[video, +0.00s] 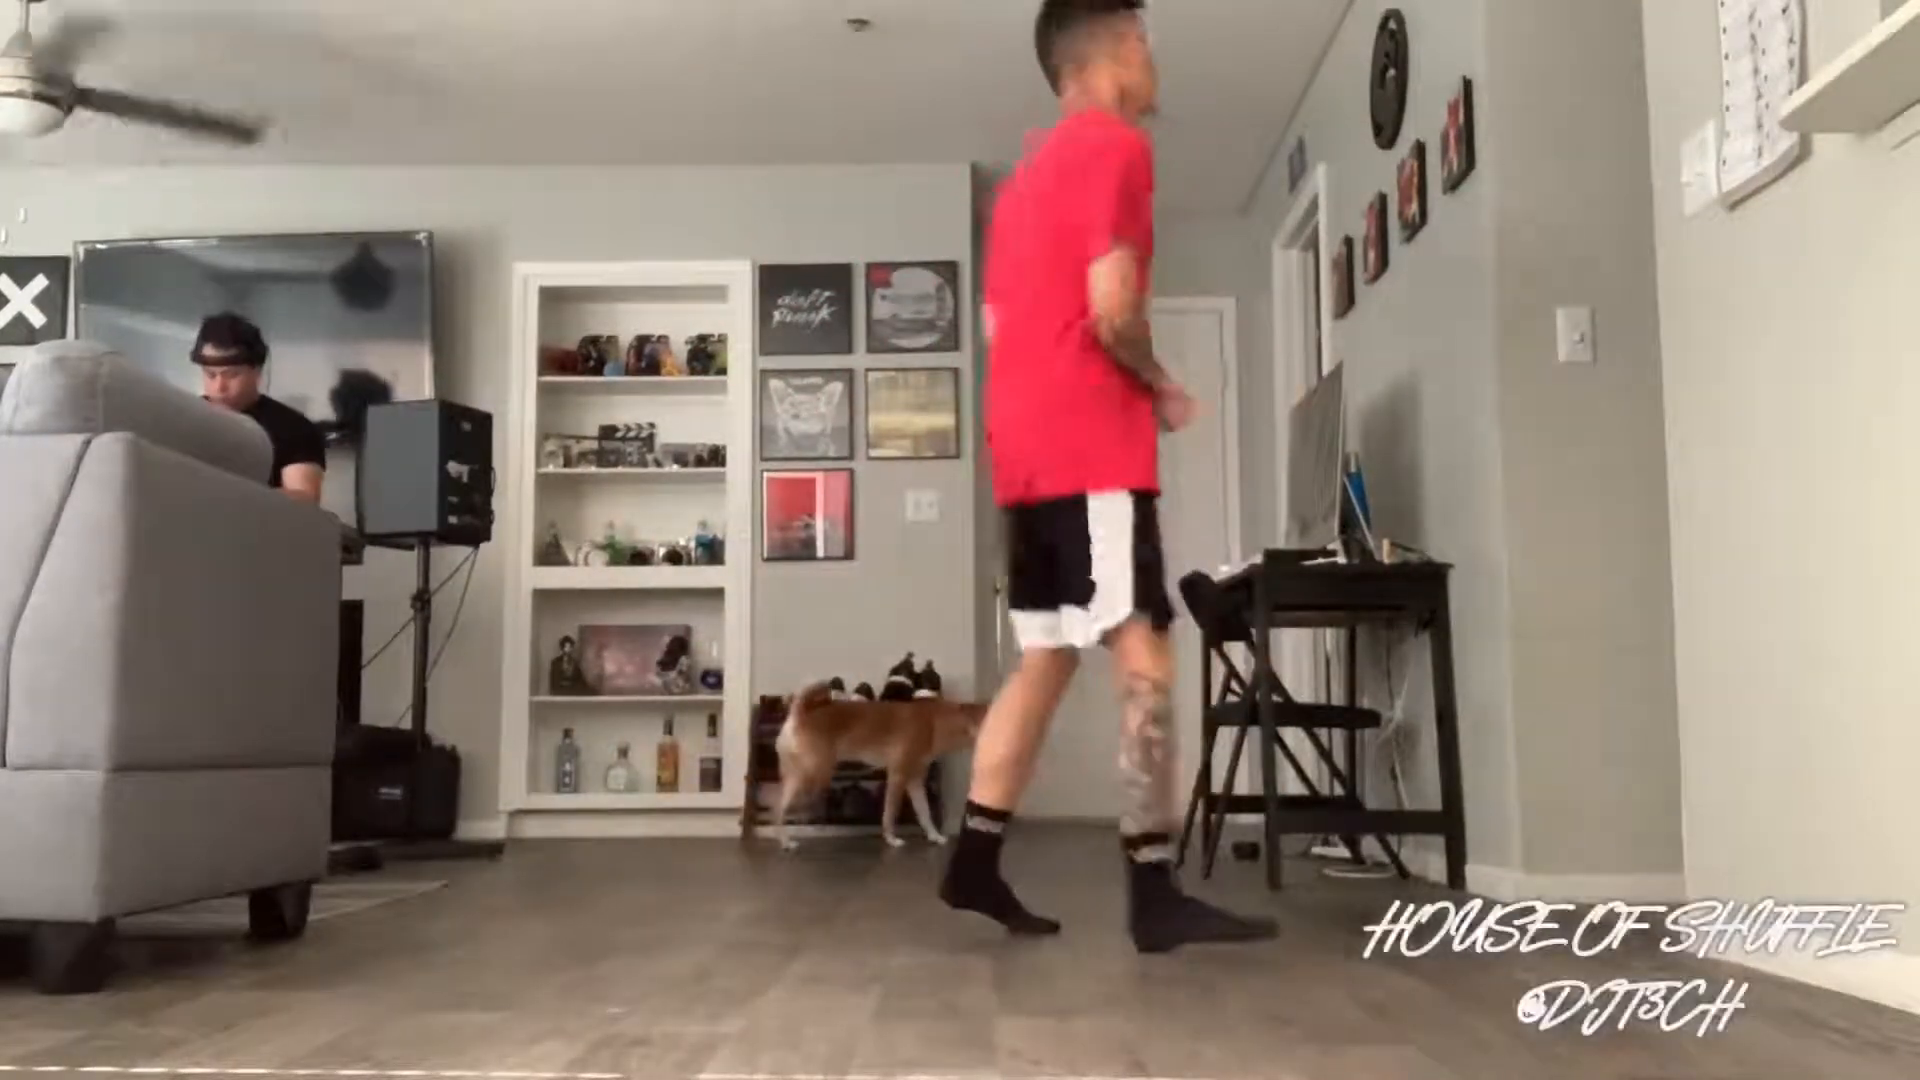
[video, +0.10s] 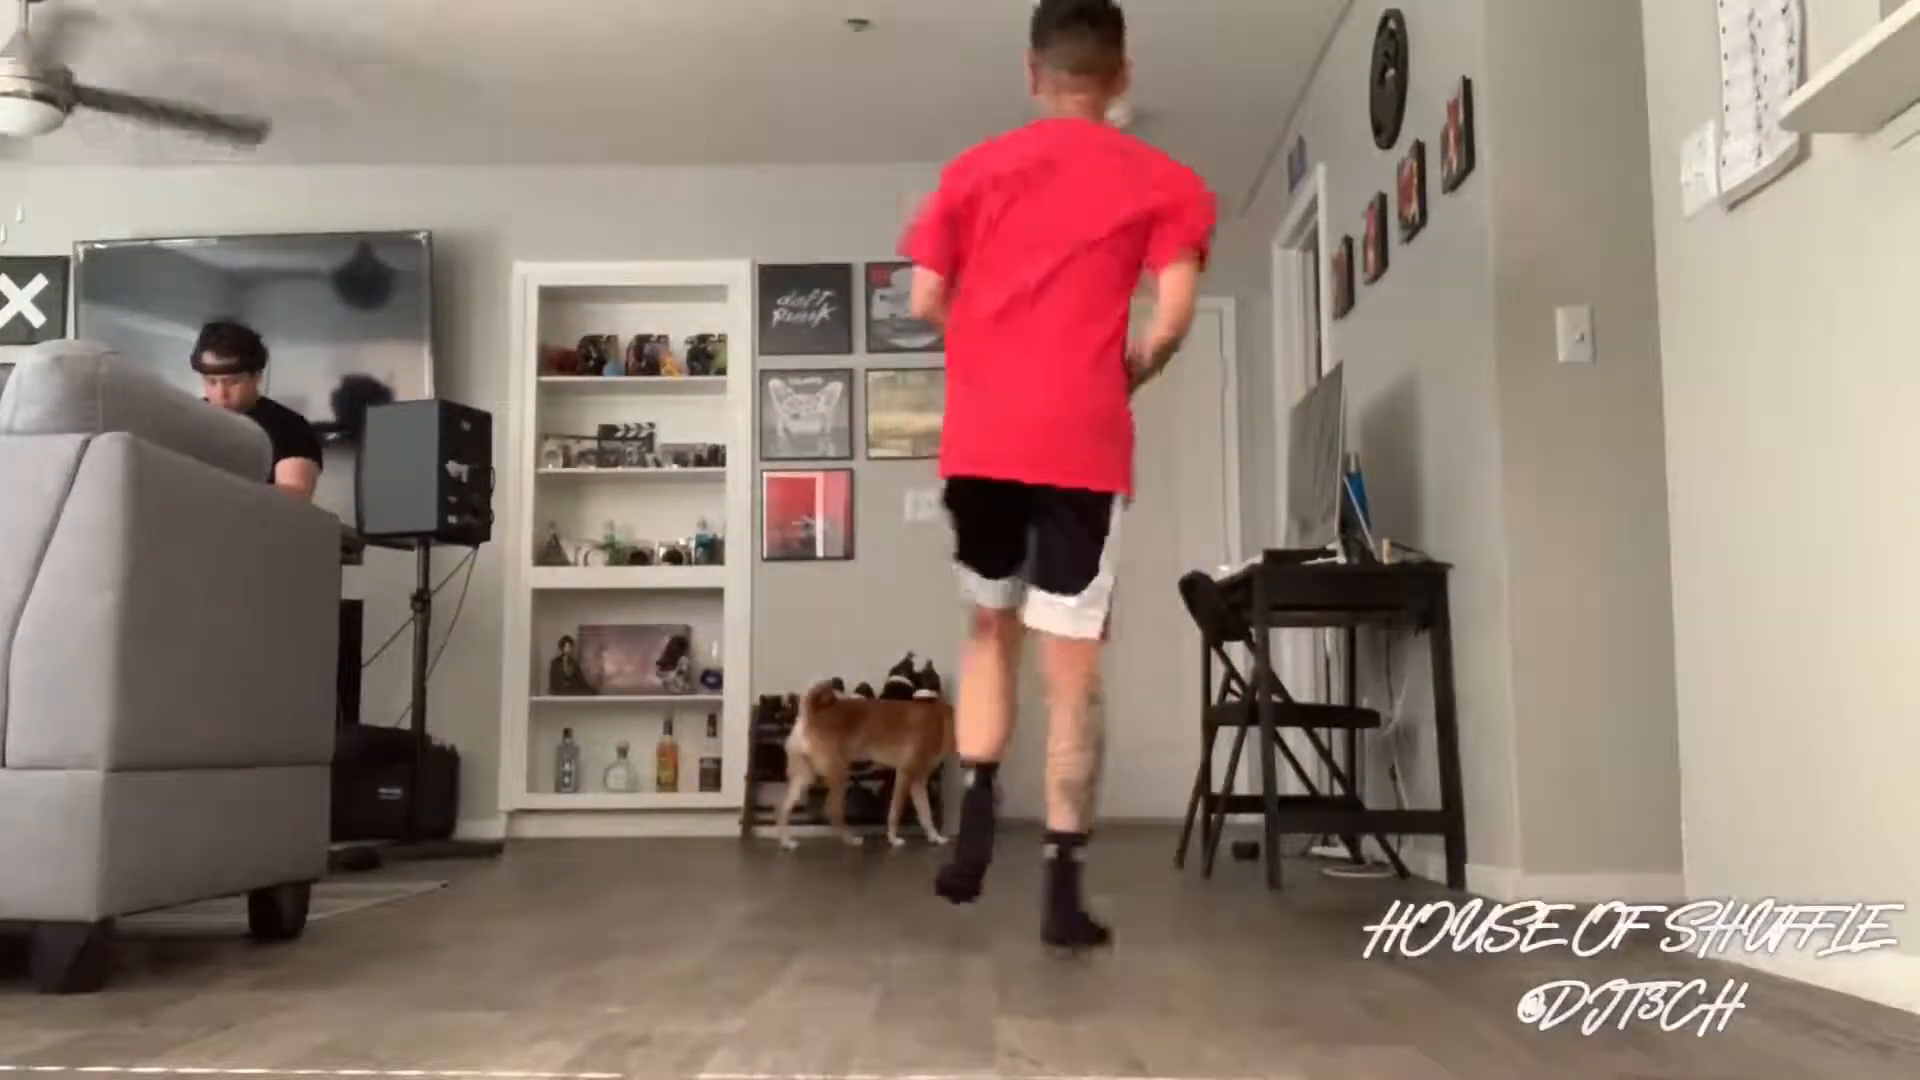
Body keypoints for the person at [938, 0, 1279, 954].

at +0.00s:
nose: (1152, 66)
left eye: (1144, 47)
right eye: (1139, 46)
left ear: (1071, 71)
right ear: (1103, 60)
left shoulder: (1032, 165)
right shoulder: (1114, 146)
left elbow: (1013, 321)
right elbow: (1114, 306)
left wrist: (1132, 387)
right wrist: (1157, 378)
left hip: (1031, 448)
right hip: (1094, 446)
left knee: (1046, 655)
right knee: (1145, 657)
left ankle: (973, 861)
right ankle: (1157, 891)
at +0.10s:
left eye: (1039, 74)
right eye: (1114, 75)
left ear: (1032, 75)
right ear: (1122, 79)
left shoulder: (975, 170)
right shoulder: (1157, 179)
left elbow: (924, 303)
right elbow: (1172, 320)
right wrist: (1127, 371)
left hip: (977, 442)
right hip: (1080, 445)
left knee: (988, 630)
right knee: (1072, 667)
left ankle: (975, 816)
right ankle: (1063, 895)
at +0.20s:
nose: (991, 65)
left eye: (996, 49)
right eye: (997, 49)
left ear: (1018, 54)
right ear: (1082, 68)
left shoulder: (970, 149)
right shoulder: (1128, 178)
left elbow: (918, 289)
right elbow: (1172, 311)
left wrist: (931, 323)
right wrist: (1102, 369)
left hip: (970, 446)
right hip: (1074, 464)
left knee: (875, 606)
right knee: (1061, 664)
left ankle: (965, 742)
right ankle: (1077, 886)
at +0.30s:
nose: (940, 62)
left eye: (952, 42)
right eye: (947, 42)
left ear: (995, 53)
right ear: (1021, 59)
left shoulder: (961, 139)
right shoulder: (1086, 179)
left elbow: (927, 263)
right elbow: (1126, 324)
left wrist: (848, 313)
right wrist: (1031, 364)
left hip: (963, 443)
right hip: (1050, 463)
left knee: (859, 625)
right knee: (1016, 665)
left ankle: (928, 828)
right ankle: (1049, 864)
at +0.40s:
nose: (916, 63)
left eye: (933, 44)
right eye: (922, 45)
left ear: (988, 63)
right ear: (982, 67)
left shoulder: (990, 166)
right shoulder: (985, 175)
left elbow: (1010, 280)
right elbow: (1001, 339)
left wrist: (880, 336)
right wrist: (916, 385)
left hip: (963, 474)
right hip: (986, 473)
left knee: (884, 666)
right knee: (973, 683)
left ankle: (915, 902)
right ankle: (1027, 877)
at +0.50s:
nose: (932, 21)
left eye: (957, 10)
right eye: (923, 10)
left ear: (1003, 40)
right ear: (909, 39)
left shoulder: (1046, 145)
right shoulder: (900, 165)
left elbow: (1122, 263)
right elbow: (862, 280)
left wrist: (1039, 339)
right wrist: (853, 319)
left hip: (982, 432)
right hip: (887, 431)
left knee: (933, 636)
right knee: (838, 644)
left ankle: (936, 882)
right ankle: (941, 724)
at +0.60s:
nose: (971, 38)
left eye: (987, 23)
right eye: (948, 21)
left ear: (1006, 49)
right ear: (910, 49)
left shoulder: (1054, 180)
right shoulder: (866, 174)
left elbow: (1108, 291)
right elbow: (759, 270)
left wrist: (1102, 370)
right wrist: (829, 283)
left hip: (992, 470)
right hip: (874, 459)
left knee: (956, 664)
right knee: (815, 653)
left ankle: (938, 898)